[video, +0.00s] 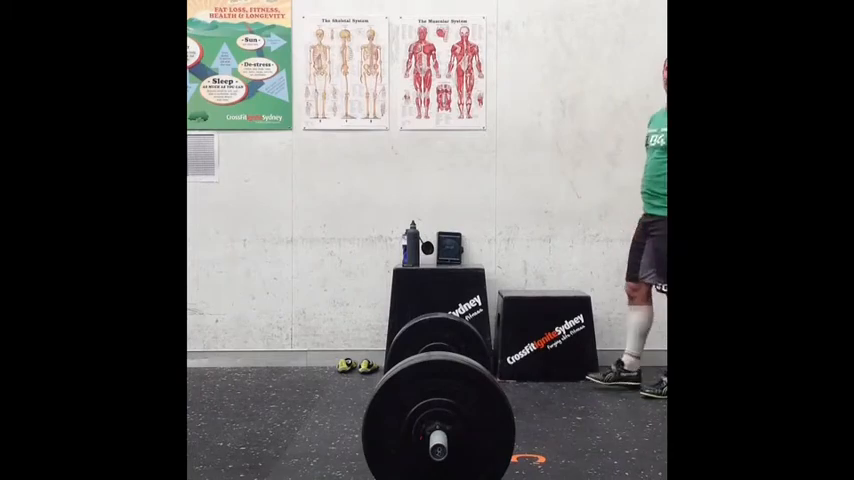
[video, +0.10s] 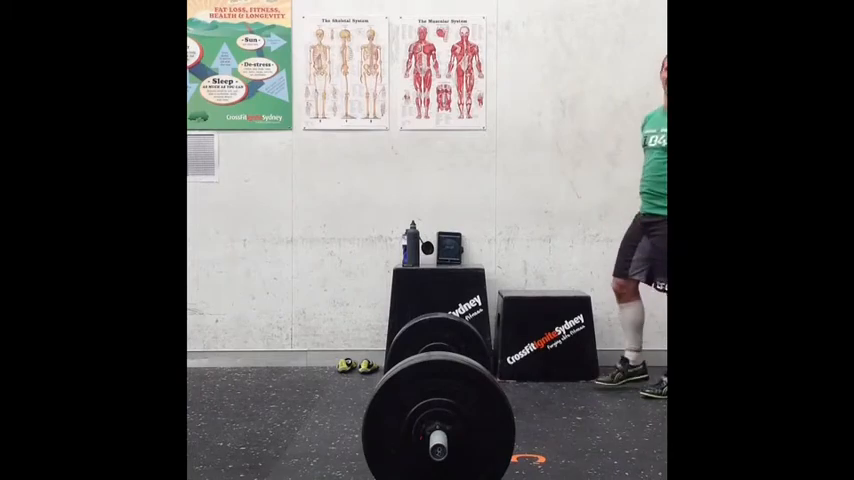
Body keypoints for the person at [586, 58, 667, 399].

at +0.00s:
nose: (665, 75)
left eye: (666, 70)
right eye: (665, 70)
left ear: (667, 76)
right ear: (663, 77)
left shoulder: (664, 119)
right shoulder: (655, 120)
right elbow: (653, 168)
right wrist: (648, 212)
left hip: (664, 218)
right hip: (650, 217)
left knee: (665, 291)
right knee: (637, 289)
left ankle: (668, 378)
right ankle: (630, 366)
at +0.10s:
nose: (666, 75)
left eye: (669, 69)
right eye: (664, 69)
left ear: (670, 76)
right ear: (660, 75)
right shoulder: (651, 120)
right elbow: (651, 167)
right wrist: (648, 208)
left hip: (665, 218)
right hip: (647, 215)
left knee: (665, 287)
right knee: (623, 285)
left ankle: (667, 377)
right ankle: (633, 363)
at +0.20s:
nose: (667, 75)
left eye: (669, 69)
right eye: (665, 69)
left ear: (668, 75)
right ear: (659, 75)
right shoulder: (645, 121)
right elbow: (638, 170)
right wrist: (636, 211)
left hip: (664, 219)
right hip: (643, 217)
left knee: (665, 290)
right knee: (621, 287)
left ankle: (665, 379)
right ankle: (637, 359)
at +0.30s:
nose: (667, 74)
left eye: (670, 68)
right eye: (664, 68)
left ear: (673, 77)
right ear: (657, 76)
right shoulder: (638, 122)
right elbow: (624, 172)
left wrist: (669, 222)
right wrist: (617, 217)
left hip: (665, 222)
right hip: (638, 220)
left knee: (666, 293)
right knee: (624, 289)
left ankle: (665, 377)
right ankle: (638, 363)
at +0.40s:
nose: (665, 76)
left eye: (670, 71)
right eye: (661, 70)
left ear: (674, 80)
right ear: (651, 77)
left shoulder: (669, 120)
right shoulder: (631, 122)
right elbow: (611, 168)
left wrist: (660, 215)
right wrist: (598, 216)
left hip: (665, 221)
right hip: (634, 220)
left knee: (666, 293)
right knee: (628, 290)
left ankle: (669, 376)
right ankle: (641, 364)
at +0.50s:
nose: (661, 77)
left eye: (666, 72)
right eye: (656, 71)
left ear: (672, 81)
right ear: (644, 78)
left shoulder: (667, 120)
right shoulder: (625, 123)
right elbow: (603, 167)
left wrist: (657, 213)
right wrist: (584, 205)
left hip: (661, 219)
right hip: (629, 218)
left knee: (662, 293)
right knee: (631, 291)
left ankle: (666, 377)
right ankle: (642, 366)